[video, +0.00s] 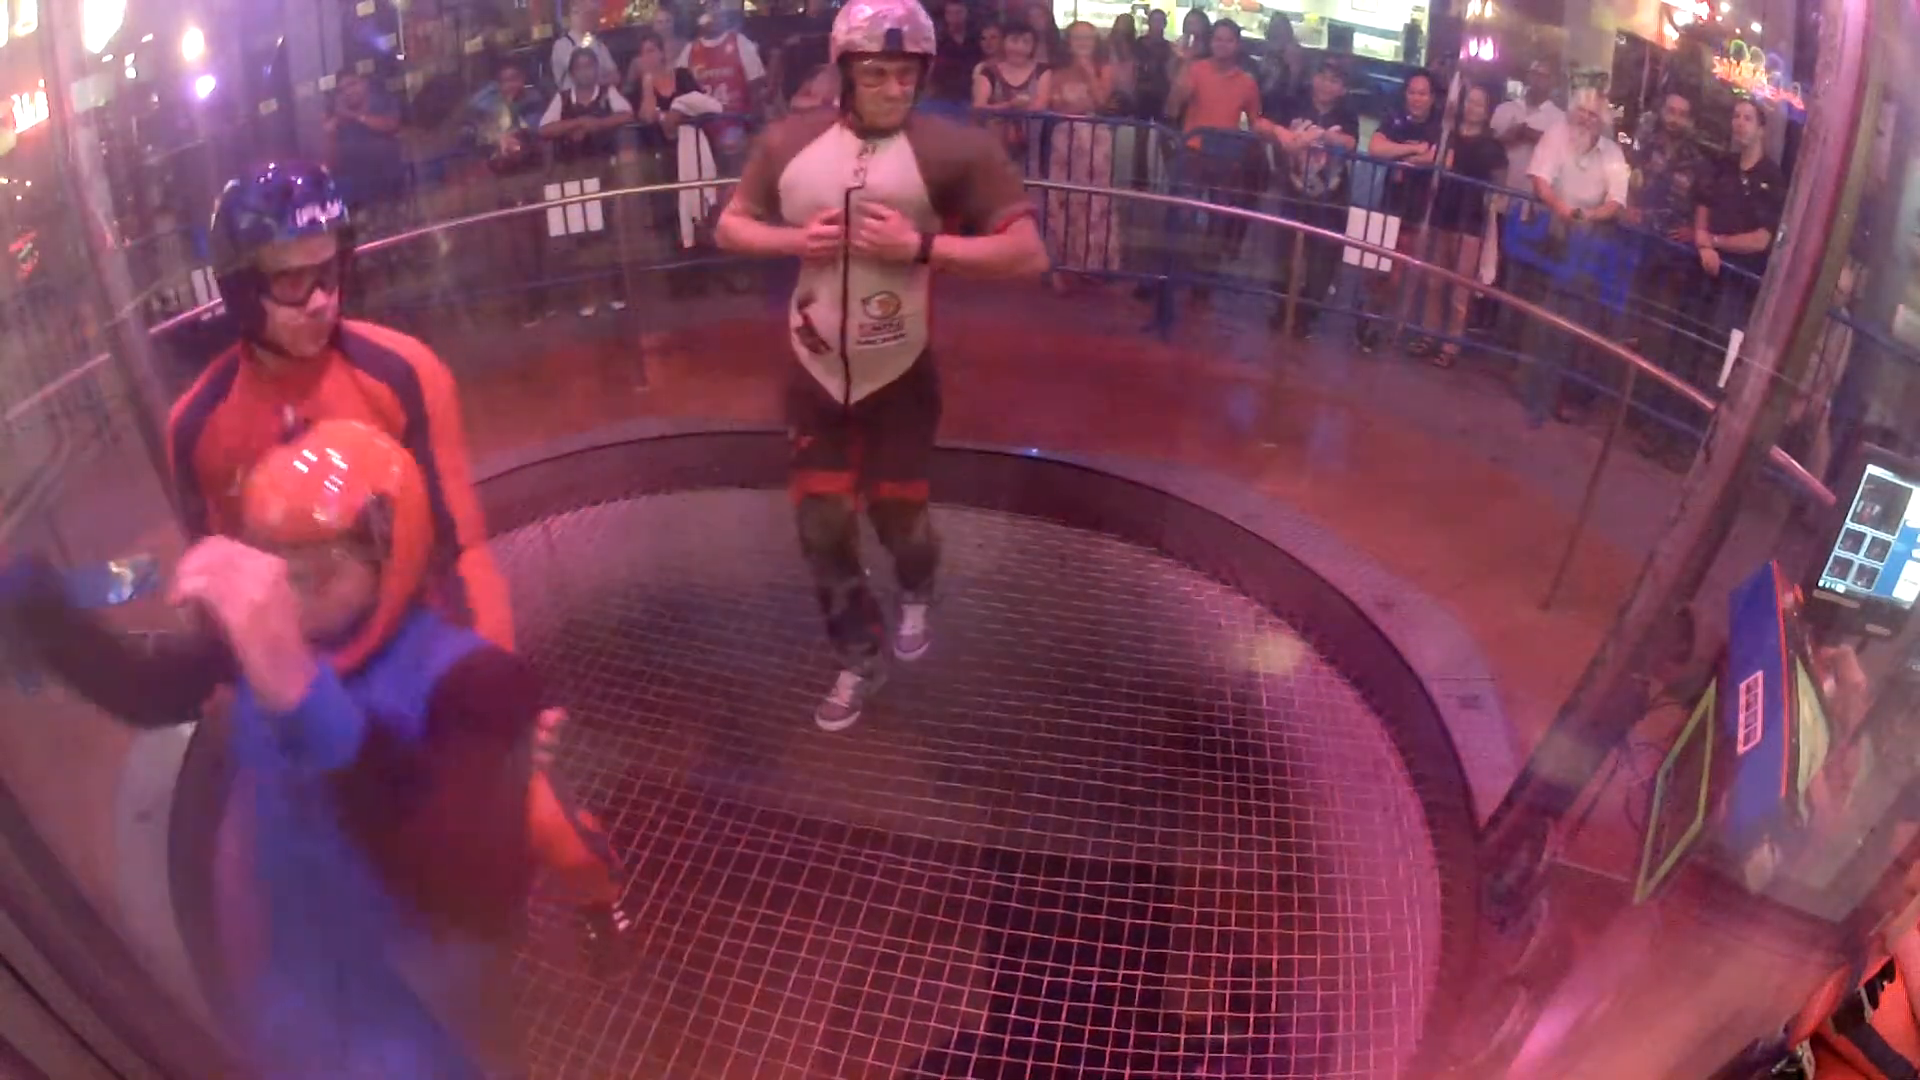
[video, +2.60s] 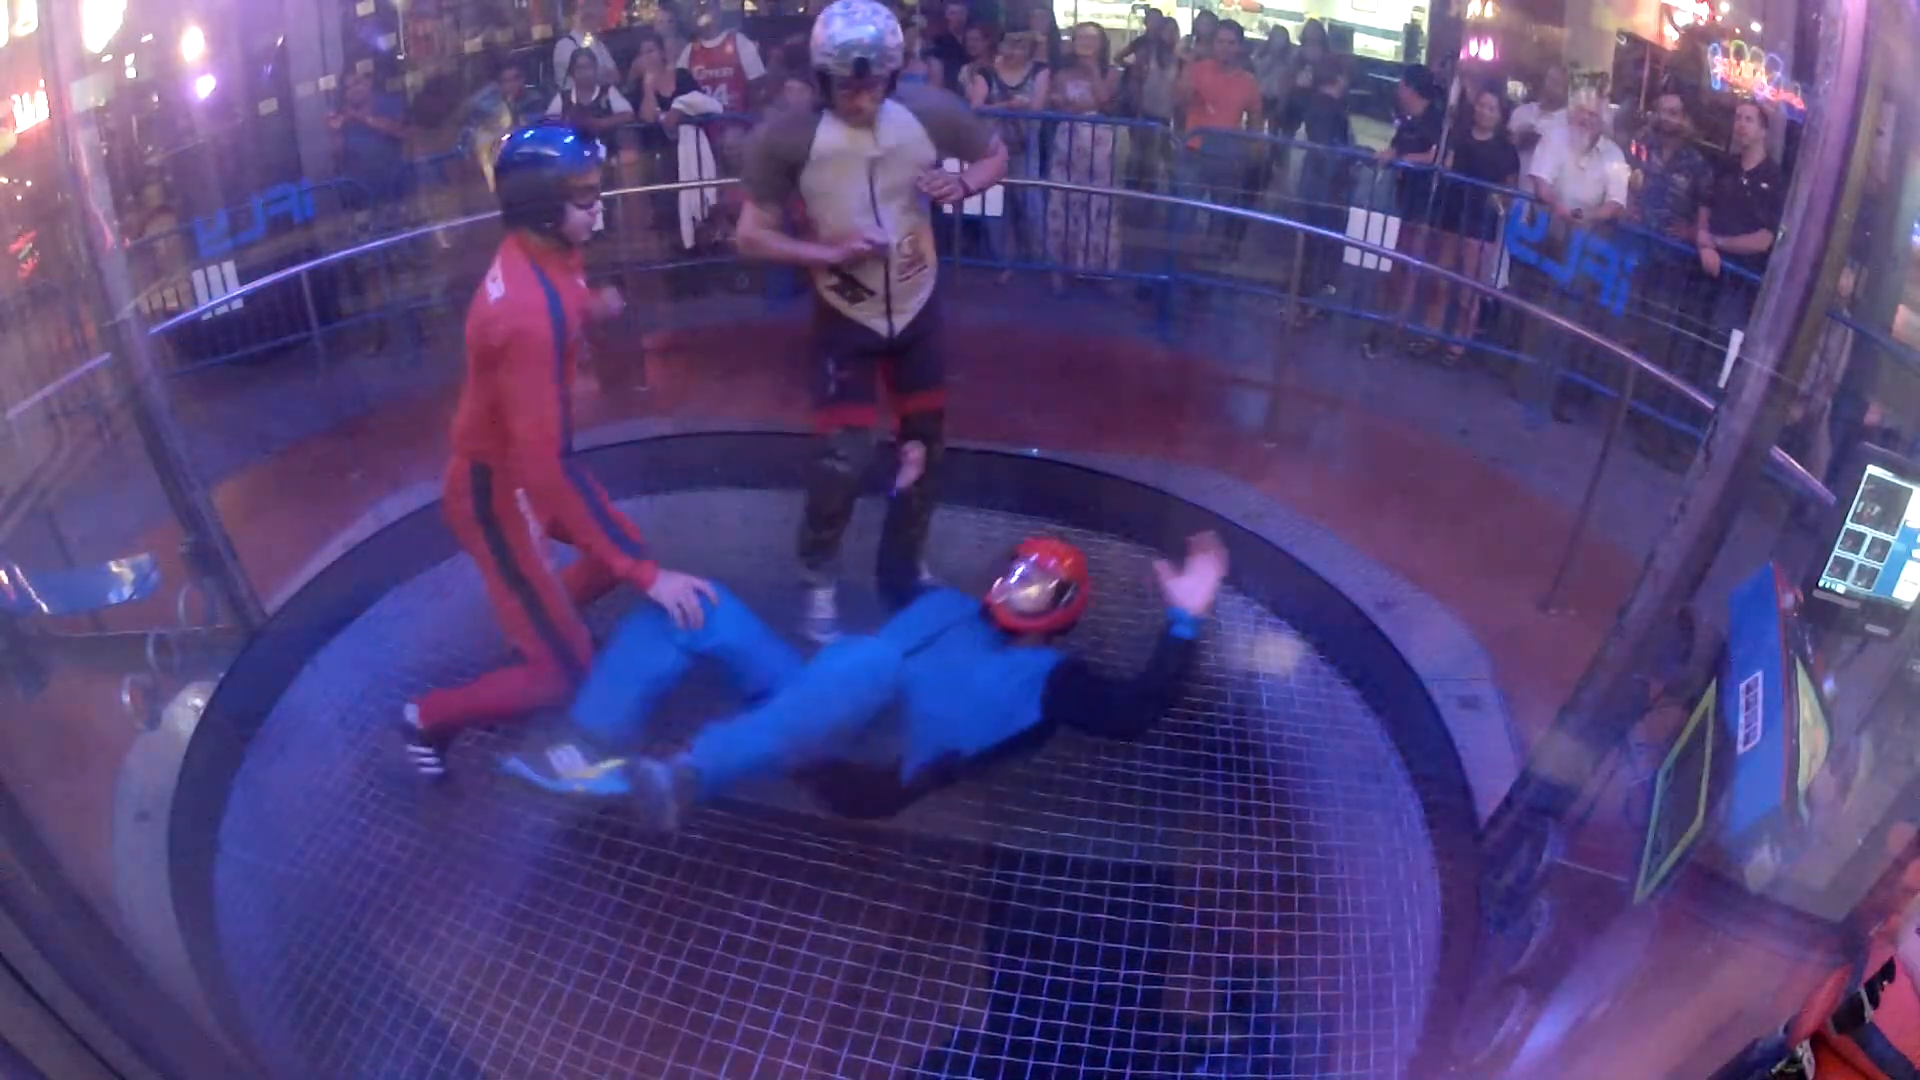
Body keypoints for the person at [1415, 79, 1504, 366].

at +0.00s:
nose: (1472, 108)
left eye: (1478, 103)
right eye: (1468, 101)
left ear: (1488, 110)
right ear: (1461, 106)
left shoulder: (1492, 147)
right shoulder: (1449, 139)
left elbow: (1498, 184)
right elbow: (1436, 171)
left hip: (1472, 218)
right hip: (1442, 213)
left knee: (1461, 285)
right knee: (1434, 279)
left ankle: (1451, 342)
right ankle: (1428, 333)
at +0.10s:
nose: (1471, 108)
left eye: (1478, 104)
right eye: (1468, 102)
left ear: (1488, 111)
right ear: (1461, 105)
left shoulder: (1491, 148)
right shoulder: (1448, 140)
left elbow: (1497, 185)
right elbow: (1436, 171)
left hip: (1471, 219)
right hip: (1441, 214)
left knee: (1461, 284)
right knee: (1434, 278)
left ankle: (1452, 341)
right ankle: (1429, 333)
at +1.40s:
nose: (1477, 110)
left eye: (1483, 105)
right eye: (1472, 104)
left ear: (1491, 112)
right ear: (1463, 107)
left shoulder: (1496, 147)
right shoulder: (1451, 138)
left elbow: (1501, 181)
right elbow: (1440, 168)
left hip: (1474, 217)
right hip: (1444, 212)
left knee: (1463, 285)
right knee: (1435, 279)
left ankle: (1456, 341)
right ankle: (1429, 332)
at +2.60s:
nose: (1485, 113)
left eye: (1492, 109)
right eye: (1482, 106)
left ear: (1501, 116)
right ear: (1473, 109)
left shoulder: (1506, 150)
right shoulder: (1459, 139)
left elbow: (1510, 187)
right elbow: (1445, 168)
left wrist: (1500, 201)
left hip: (1481, 217)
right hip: (1451, 210)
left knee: (1469, 283)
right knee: (1440, 277)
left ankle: (1460, 339)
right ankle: (1432, 331)